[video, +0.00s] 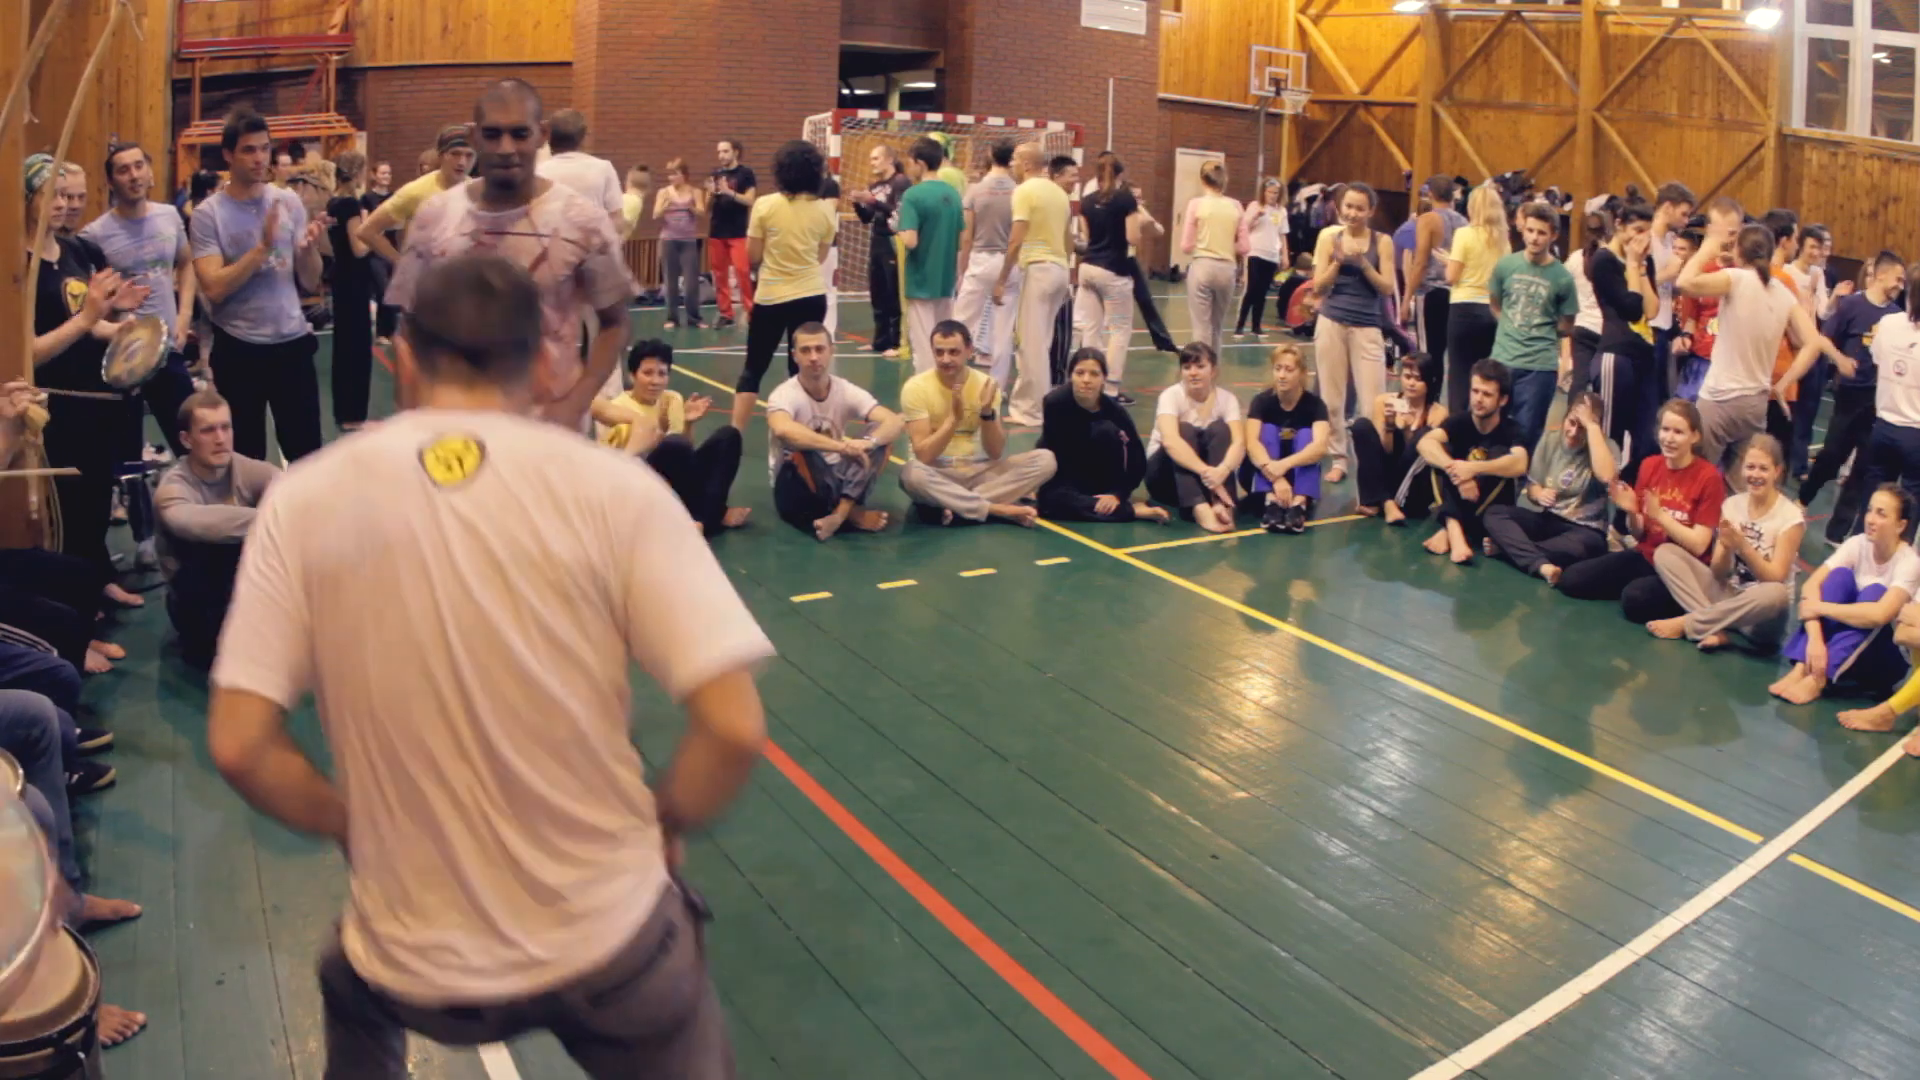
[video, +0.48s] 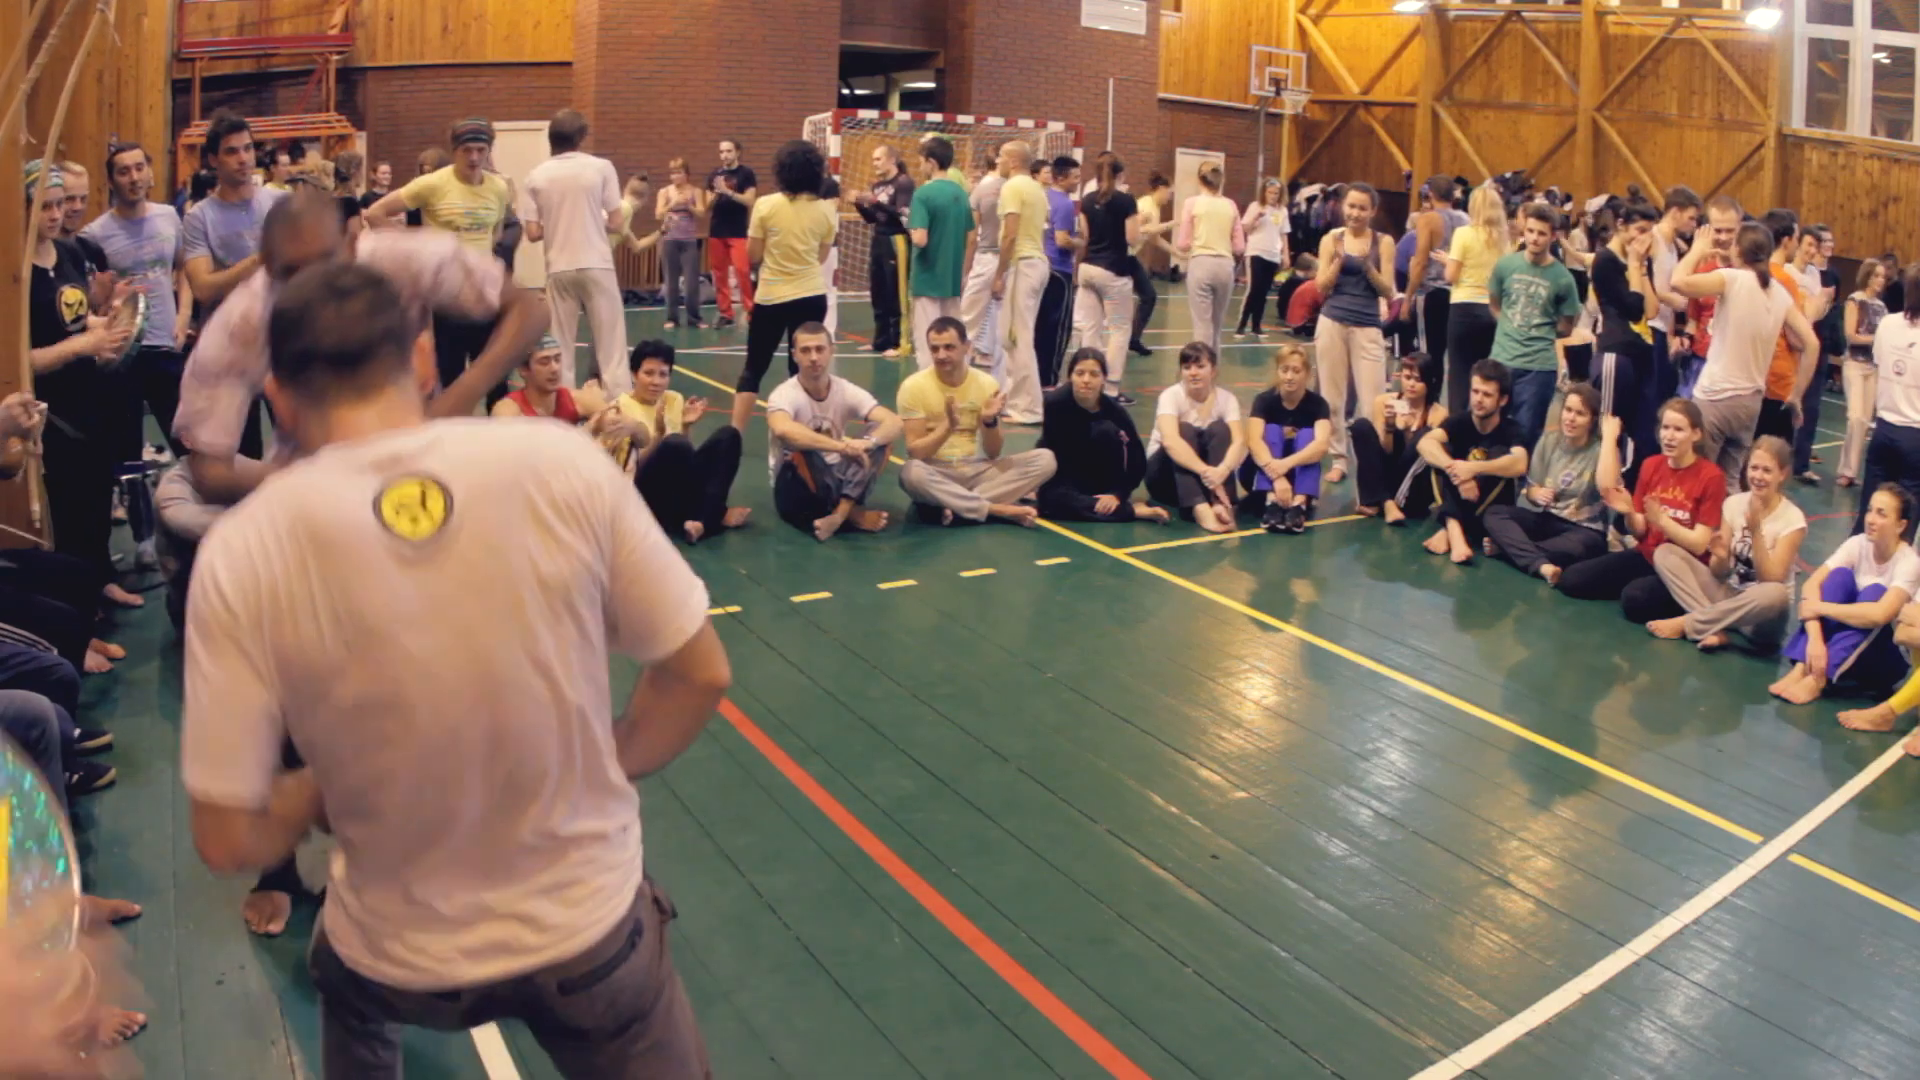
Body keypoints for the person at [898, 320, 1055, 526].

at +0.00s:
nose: (946, 360)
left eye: (954, 352)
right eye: (939, 353)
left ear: (969, 351)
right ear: (932, 352)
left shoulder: (985, 384)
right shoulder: (916, 388)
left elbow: (995, 451)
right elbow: (924, 455)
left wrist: (987, 412)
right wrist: (954, 420)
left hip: (982, 469)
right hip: (939, 472)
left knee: (1046, 460)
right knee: (911, 474)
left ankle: (959, 508)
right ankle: (994, 509)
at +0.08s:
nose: (944, 359)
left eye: (952, 352)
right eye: (938, 352)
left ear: (969, 351)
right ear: (932, 352)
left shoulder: (985, 383)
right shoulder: (916, 387)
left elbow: (995, 451)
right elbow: (925, 455)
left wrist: (985, 413)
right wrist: (958, 419)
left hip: (981, 469)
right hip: (939, 472)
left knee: (1046, 461)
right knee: (912, 474)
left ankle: (959, 508)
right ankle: (994, 510)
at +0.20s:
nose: (943, 358)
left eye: (951, 350)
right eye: (936, 351)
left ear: (968, 350)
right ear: (930, 352)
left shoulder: (986, 384)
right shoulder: (916, 387)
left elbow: (997, 451)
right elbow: (923, 454)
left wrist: (982, 414)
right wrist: (965, 418)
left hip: (984, 469)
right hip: (940, 473)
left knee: (1047, 462)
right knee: (911, 474)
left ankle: (959, 508)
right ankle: (993, 510)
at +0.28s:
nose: (942, 357)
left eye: (950, 349)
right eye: (935, 350)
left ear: (967, 349)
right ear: (929, 351)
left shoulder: (986, 383)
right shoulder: (915, 387)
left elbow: (999, 451)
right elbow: (920, 453)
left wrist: (987, 419)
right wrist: (961, 423)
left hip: (983, 469)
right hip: (939, 471)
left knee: (1047, 462)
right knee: (911, 474)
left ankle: (959, 508)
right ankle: (993, 510)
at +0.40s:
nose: (941, 356)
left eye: (949, 348)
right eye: (935, 349)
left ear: (966, 348)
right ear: (929, 350)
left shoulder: (986, 383)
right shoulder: (914, 387)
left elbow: (997, 451)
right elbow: (915, 453)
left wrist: (989, 422)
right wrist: (950, 427)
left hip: (982, 469)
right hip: (937, 472)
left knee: (1046, 460)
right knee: (911, 473)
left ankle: (960, 509)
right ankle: (993, 510)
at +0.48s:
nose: (941, 356)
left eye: (949, 348)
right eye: (935, 349)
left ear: (966, 348)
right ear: (929, 350)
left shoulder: (986, 383)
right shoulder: (914, 387)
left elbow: (993, 451)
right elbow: (916, 452)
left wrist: (988, 422)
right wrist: (947, 427)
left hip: (981, 469)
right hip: (937, 471)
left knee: (1046, 460)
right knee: (911, 473)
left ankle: (960, 509)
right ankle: (993, 509)